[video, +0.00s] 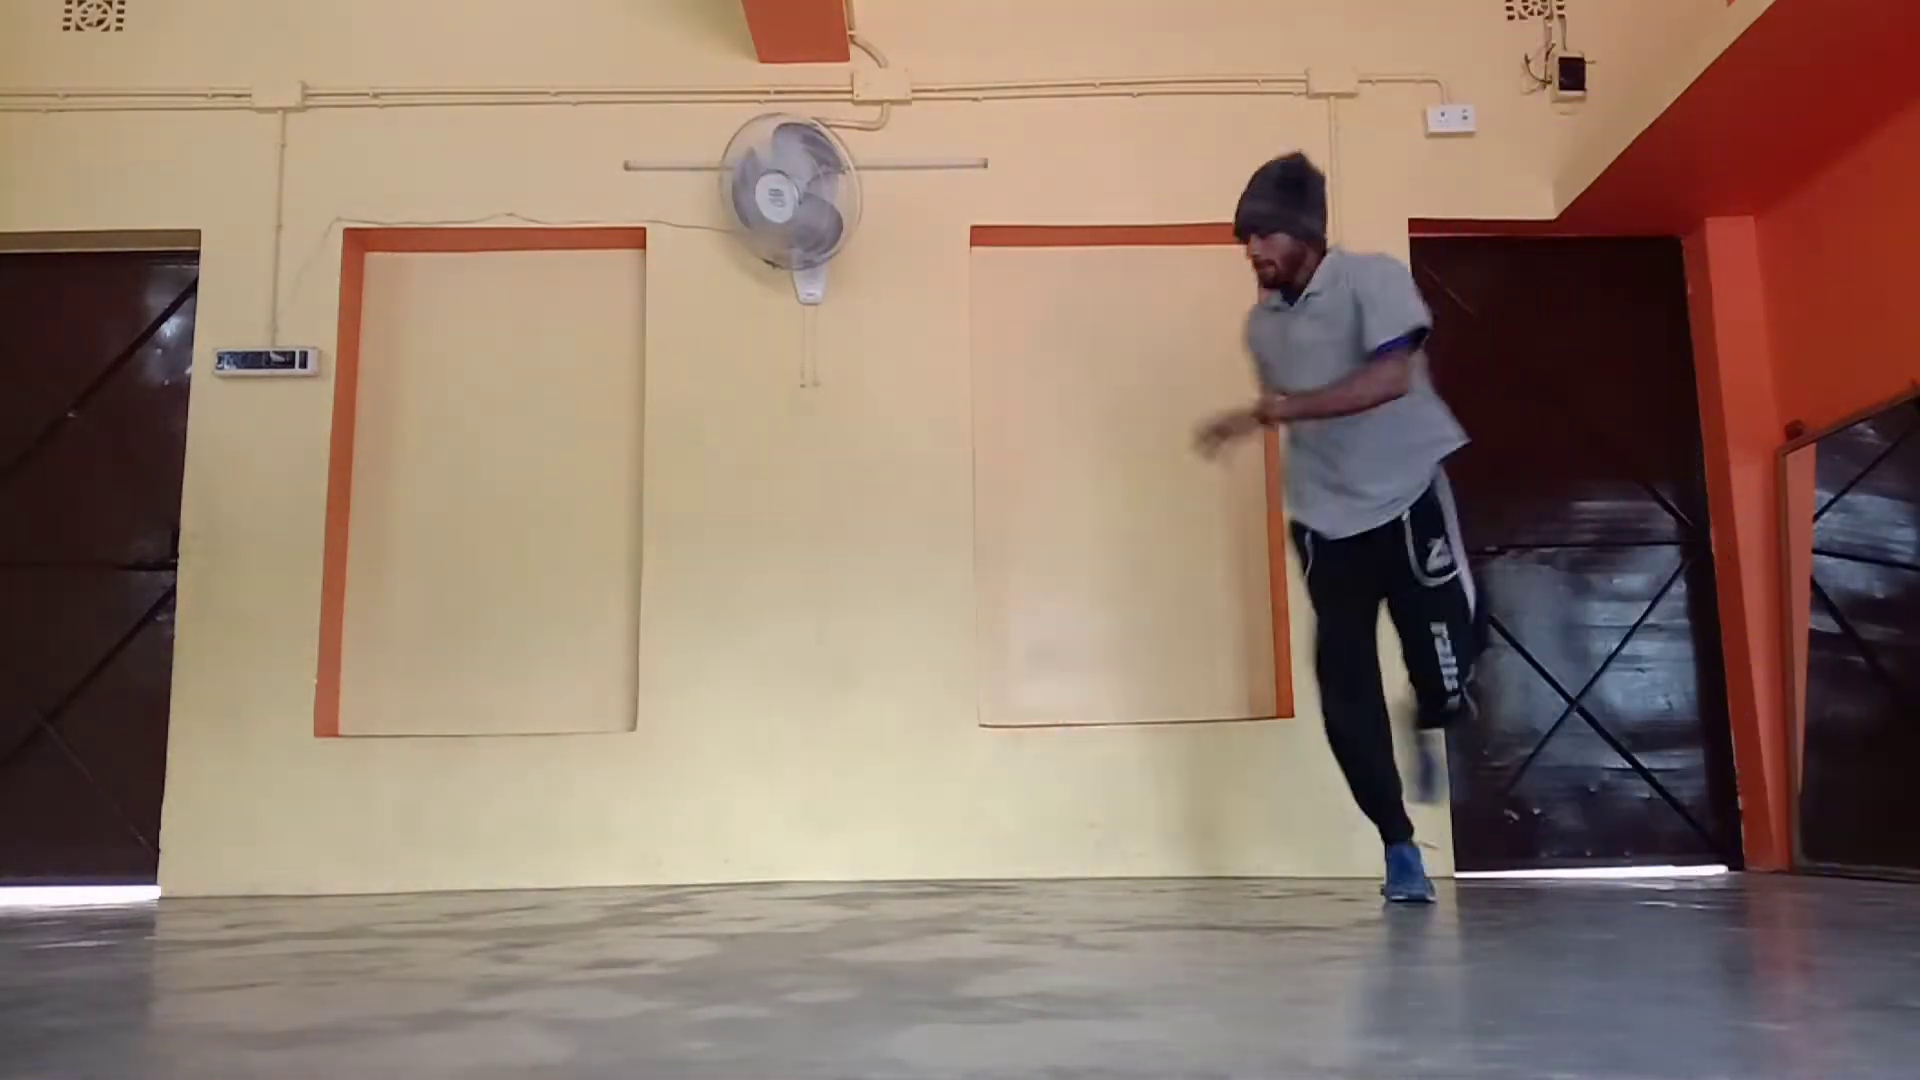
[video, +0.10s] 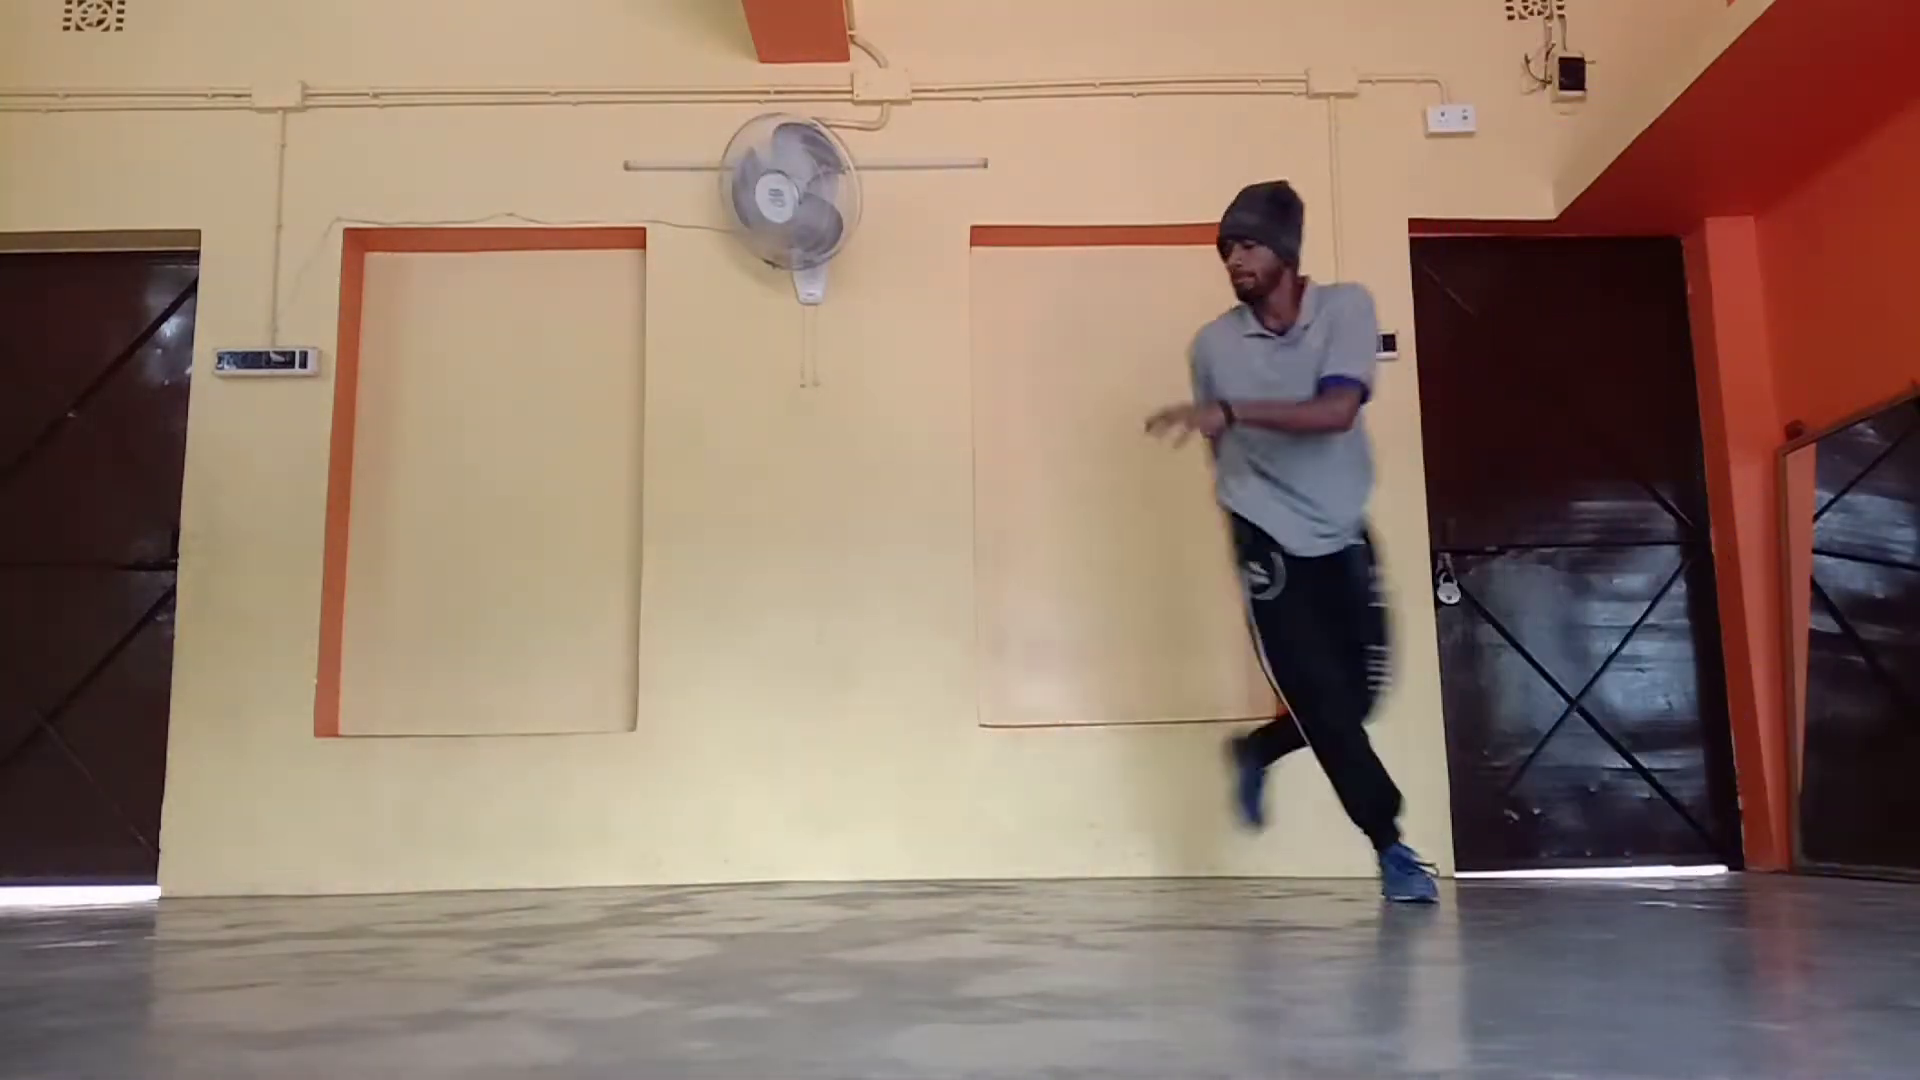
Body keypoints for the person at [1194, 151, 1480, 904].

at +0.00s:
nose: (1255, 251)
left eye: (1266, 235)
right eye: (1246, 237)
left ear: (1308, 231)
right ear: (1246, 239)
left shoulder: (1375, 278)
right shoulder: (1263, 324)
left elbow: (1391, 376)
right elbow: (1291, 404)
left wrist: (1287, 409)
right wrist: (1244, 425)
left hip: (1410, 504)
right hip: (1328, 524)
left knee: (1441, 671)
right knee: (1347, 694)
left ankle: (1430, 723)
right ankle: (1398, 848)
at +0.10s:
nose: (1234, 262)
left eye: (1247, 248)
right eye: (1227, 250)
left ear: (1288, 249)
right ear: (1225, 255)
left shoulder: (1346, 307)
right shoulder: (1215, 345)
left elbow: (1336, 410)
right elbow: (1223, 442)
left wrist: (1227, 411)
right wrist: (1209, 436)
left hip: (1341, 531)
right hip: (1266, 536)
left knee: (1357, 690)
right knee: (1322, 697)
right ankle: (1391, 846)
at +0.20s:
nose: (1221, 275)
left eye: (1236, 262)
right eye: (1213, 262)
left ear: (1268, 268)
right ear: (1203, 265)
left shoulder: (1308, 348)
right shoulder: (1168, 341)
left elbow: (1339, 458)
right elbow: (1124, 432)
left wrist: (1282, 509)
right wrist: (1106, 529)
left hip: (1259, 525)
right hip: (1184, 520)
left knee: (1249, 677)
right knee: (1254, 652)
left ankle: (1208, 832)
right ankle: (1275, 818)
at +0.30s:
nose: (1203, 309)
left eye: (1219, 298)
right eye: (1193, 297)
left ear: (1242, 311)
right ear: (1179, 307)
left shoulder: (1256, 415)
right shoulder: (1130, 378)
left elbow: (1299, 506)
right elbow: (1034, 423)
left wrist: (1355, 576)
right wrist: (976, 485)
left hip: (1184, 573)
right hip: (1113, 556)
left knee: (1210, 711)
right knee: (1177, 685)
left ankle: (1195, 851)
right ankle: (1087, 726)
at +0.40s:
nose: (1155, 282)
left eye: (1169, 274)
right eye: (1145, 272)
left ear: (1186, 290)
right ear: (1127, 281)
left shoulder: (1194, 385)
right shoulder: (1078, 347)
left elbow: (1235, 445)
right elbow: (982, 389)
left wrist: (1295, 499)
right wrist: (964, 438)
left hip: (1117, 556)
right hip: (1043, 534)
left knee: (1153, 707)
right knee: (1015, 680)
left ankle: (1159, 840)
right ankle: (960, 701)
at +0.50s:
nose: (1079, 286)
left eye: (1092, 276)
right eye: (1068, 275)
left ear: (1109, 288)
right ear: (1051, 285)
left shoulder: (1116, 371)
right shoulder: (1013, 352)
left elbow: (1147, 441)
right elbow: (967, 440)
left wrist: (1183, 463)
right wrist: (1037, 481)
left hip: (1059, 566)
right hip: (982, 547)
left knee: (1087, 710)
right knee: (893, 673)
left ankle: (1063, 835)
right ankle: (852, 770)